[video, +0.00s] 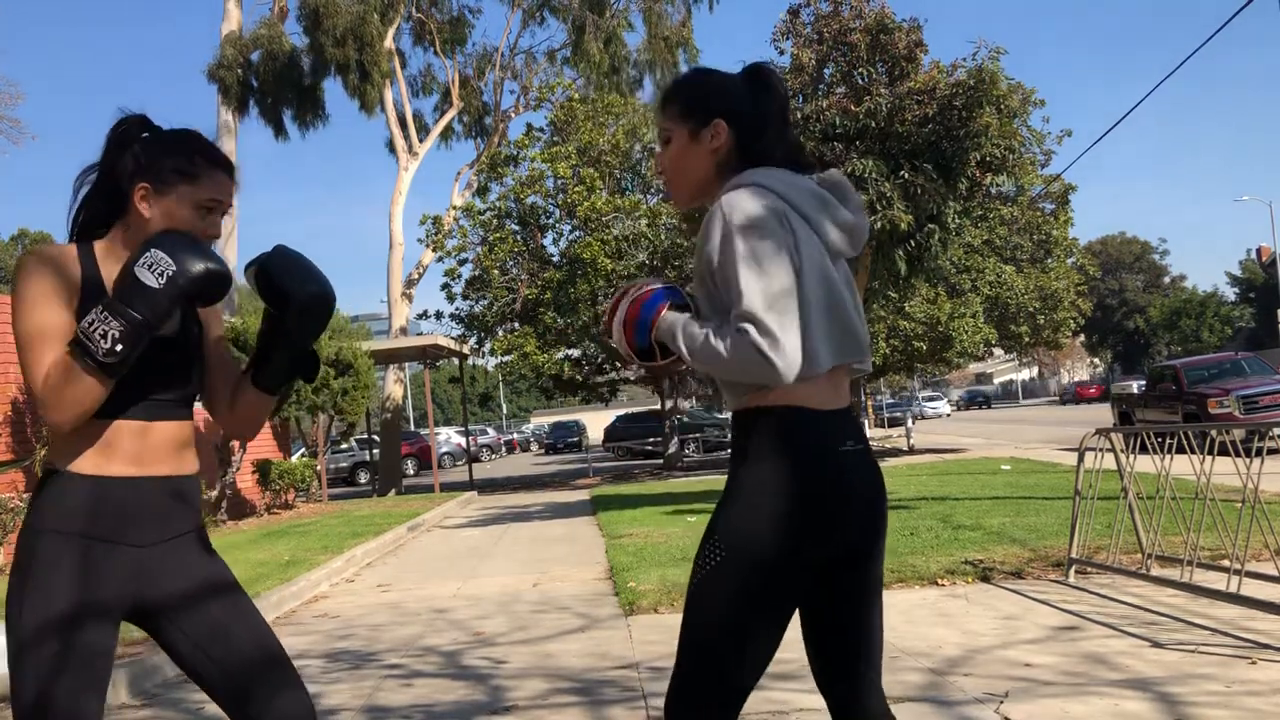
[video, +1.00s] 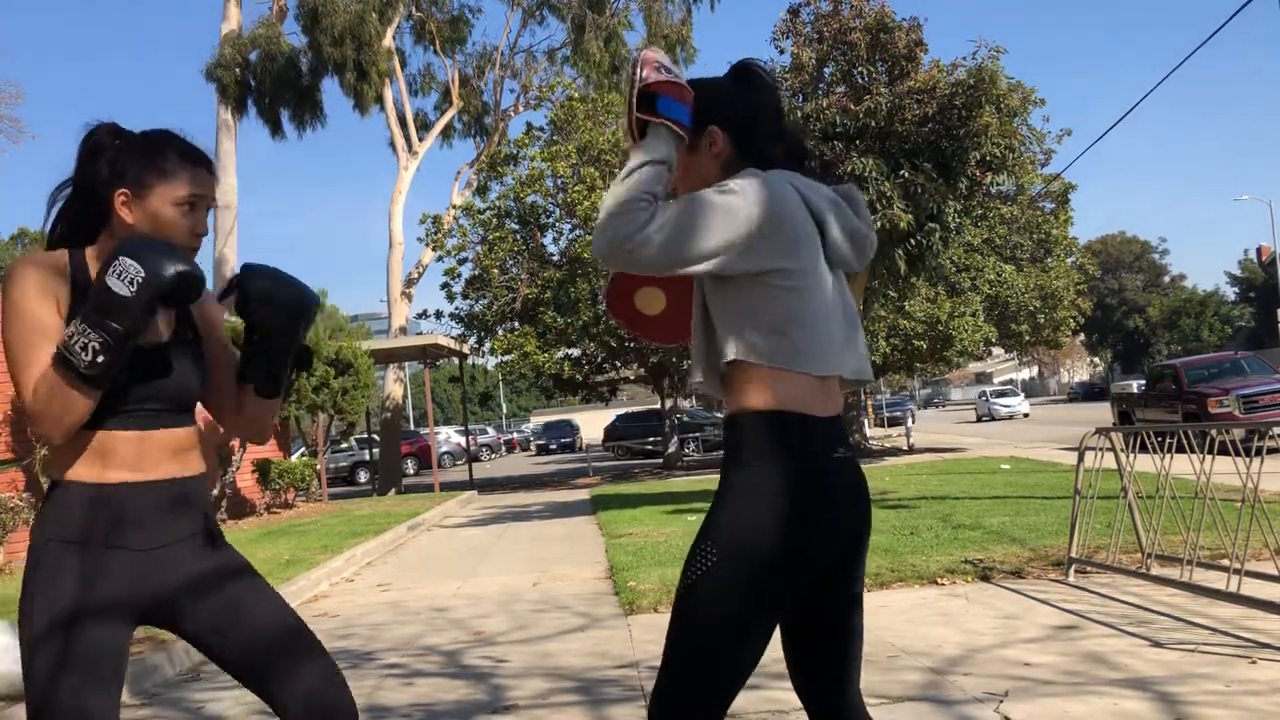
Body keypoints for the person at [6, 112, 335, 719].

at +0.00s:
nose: (218, 231)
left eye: (224, 216)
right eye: (206, 211)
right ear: (145, 199)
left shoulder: (198, 295)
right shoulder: (51, 269)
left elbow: (237, 419)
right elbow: (59, 408)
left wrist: (287, 339)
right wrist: (131, 310)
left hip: (178, 539)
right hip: (73, 540)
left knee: (286, 707)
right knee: (55, 709)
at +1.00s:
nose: (204, 227)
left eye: (206, 211)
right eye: (190, 207)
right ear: (127, 205)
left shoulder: (193, 297)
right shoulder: (41, 277)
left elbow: (252, 425)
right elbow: (49, 422)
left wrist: (276, 340)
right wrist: (108, 317)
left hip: (190, 541)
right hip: (82, 546)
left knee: (323, 697)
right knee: (70, 709)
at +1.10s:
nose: (211, 204)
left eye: (212, 188)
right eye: (195, 186)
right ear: (131, 188)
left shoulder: (220, 267)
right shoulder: (62, 271)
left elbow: (342, 322)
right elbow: (48, 421)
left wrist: (351, 255)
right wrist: (90, 312)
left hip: (208, 529)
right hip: (99, 533)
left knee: (313, 706)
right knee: (79, 711)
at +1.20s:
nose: (226, 209)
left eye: (230, 192)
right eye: (211, 191)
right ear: (145, 190)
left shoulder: (246, 250)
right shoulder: (82, 275)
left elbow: (379, 229)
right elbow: (87, 426)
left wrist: (460, 165)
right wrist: (110, 318)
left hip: (221, 533)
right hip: (113, 531)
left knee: (314, 703)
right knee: (82, 707)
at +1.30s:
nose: (231, 217)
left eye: (236, 201)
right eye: (217, 199)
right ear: (152, 194)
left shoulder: (246, 254)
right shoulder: (83, 277)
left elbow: (378, 253)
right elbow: (93, 429)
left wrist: (434, 186)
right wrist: (120, 323)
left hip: (225, 535)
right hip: (116, 533)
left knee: (326, 707)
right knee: (80, 711)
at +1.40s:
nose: (229, 225)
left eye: (234, 208)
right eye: (216, 206)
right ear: (151, 199)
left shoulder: (232, 273)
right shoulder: (74, 279)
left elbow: (339, 360)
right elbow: (76, 436)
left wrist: (360, 274)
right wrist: (112, 327)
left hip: (224, 536)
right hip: (115, 537)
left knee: (330, 707)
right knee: (83, 711)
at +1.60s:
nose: (222, 227)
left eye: (228, 211)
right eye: (210, 207)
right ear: (145, 199)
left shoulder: (218, 287)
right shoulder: (59, 281)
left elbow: (266, 419)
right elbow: (65, 430)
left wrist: (284, 318)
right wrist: (107, 321)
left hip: (208, 540)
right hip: (101, 541)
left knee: (318, 708)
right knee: (75, 710)